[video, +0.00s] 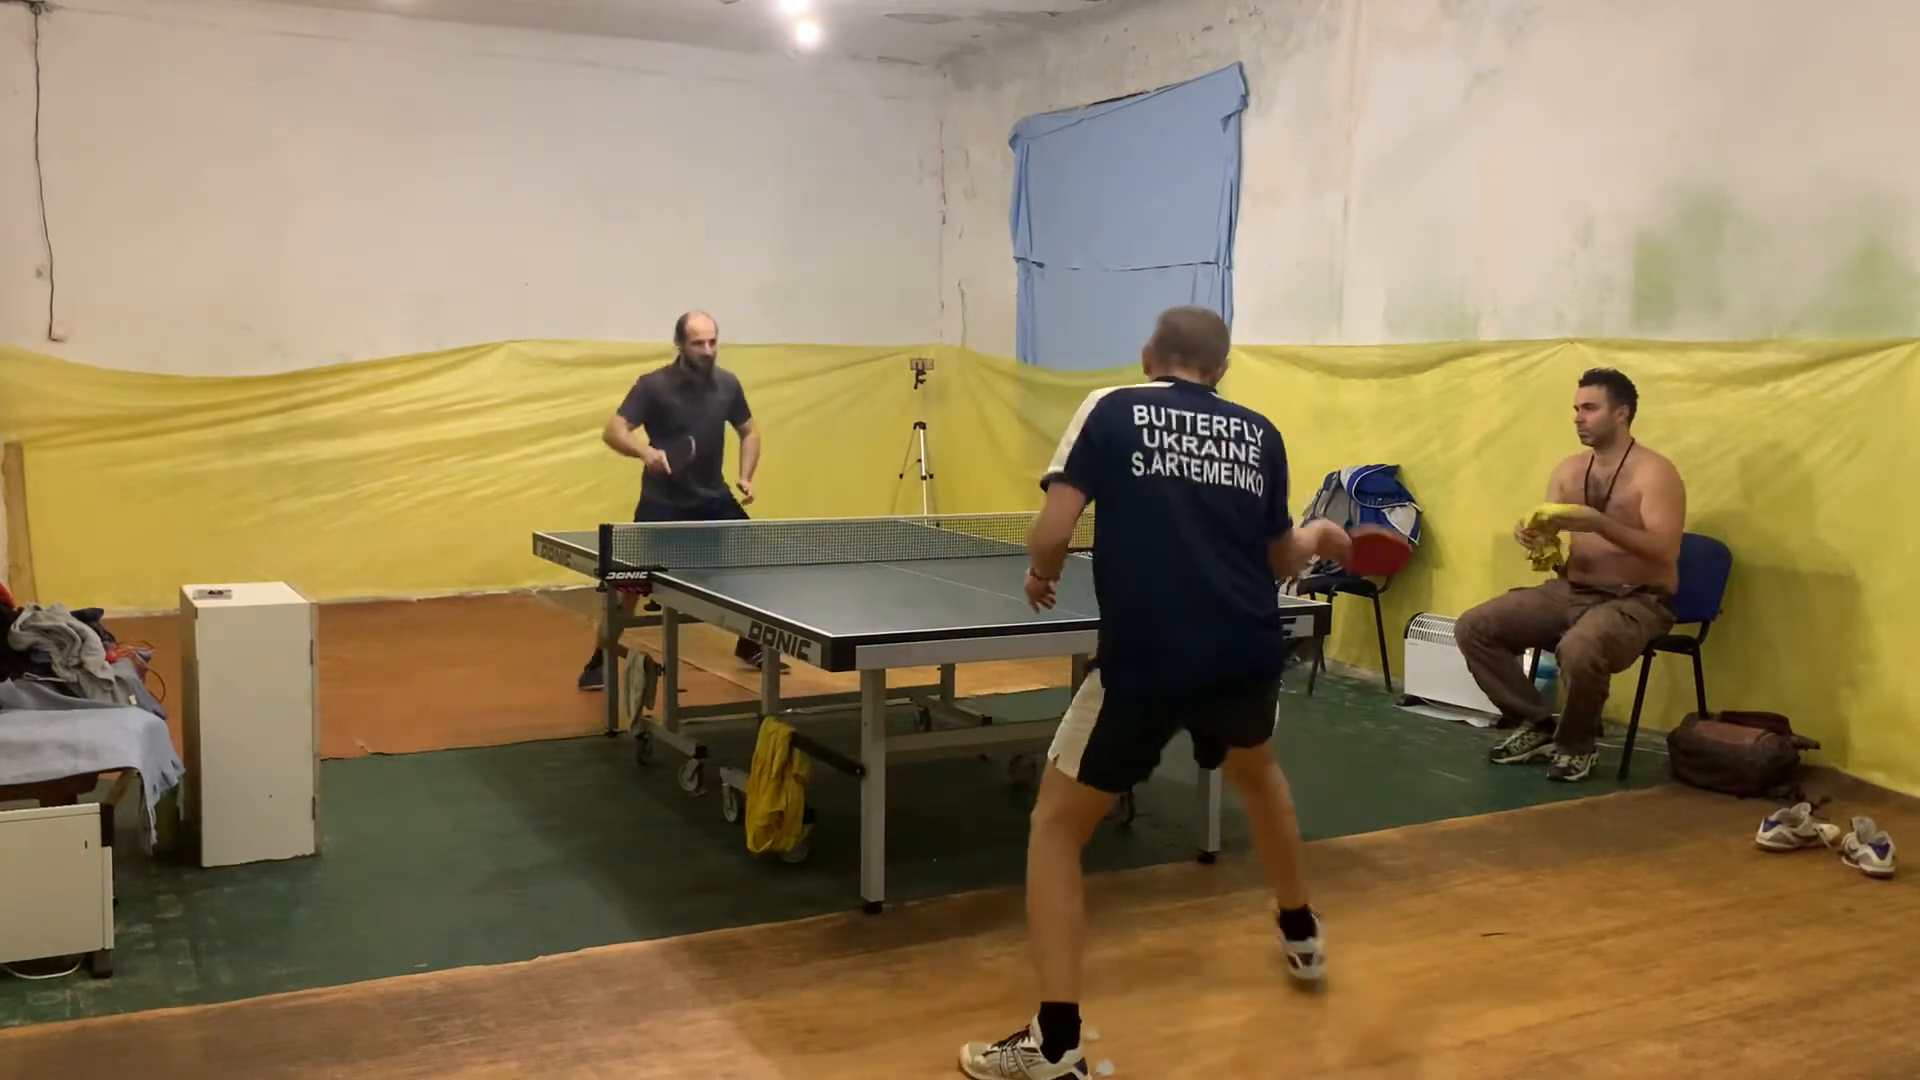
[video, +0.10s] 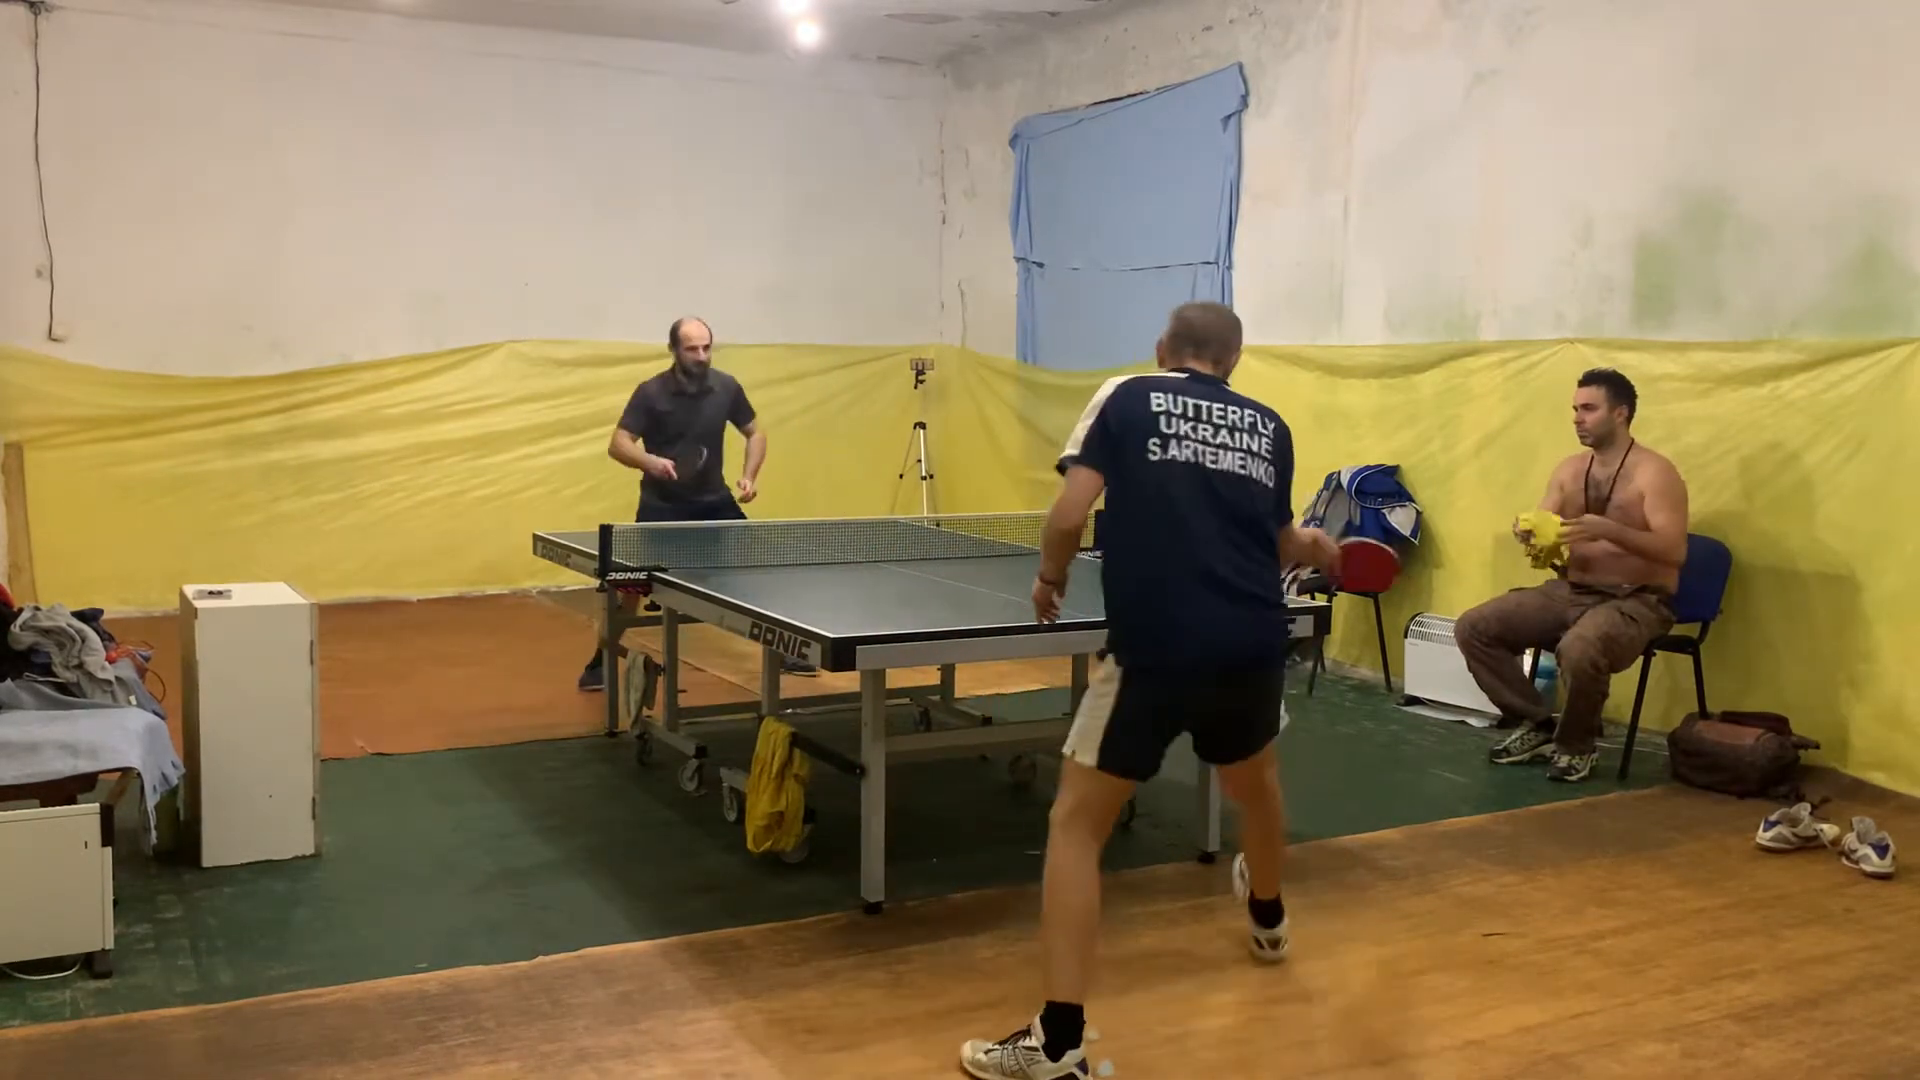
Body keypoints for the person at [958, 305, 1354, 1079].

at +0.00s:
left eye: (1146, 359)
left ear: (1148, 358)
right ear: (1221, 370)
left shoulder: (1110, 408)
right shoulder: (1262, 435)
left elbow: (1053, 531)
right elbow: (1281, 564)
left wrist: (1044, 572)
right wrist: (1313, 537)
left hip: (1141, 658)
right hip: (1245, 656)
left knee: (1057, 829)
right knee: (1256, 768)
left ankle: (1056, 1038)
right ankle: (1302, 935)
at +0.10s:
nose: (1163, 362)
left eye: (1163, 351)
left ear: (1162, 351)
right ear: (1234, 364)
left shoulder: (1123, 397)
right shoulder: (1271, 428)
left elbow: (1070, 513)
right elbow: (1278, 543)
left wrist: (1051, 578)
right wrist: (1311, 546)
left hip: (1151, 652)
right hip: (1250, 651)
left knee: (1077, 826)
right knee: (1255, 782)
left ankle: (1059, 1036)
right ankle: (1269, 921)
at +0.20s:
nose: (1167, 373)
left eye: (1169, 362)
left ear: (1176, 361)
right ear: (1242, 372)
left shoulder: (1154, 401)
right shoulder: (1276, 435)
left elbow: (1115, 509)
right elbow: (1261, 538)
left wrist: (1074, 581)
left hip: (1184, 645)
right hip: (1272, 643)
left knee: (1105, 818)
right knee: (1245, 764)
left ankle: (1064, 1033)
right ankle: (1264, 919)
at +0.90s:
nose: (1142, 338)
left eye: (1144, 327)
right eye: (1148, 327)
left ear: (1153, 327)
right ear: (1224, 334)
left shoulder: (1138, 378)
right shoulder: (1273, 404)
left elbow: (1108, 500)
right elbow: (1282, 520)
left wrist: (1058, 580)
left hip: (1179, 640)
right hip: (1278, 636)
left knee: (1087, 812)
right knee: (1280, 782)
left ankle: (1132, 1036)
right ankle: (1345, 957)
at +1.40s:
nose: (1102, 416)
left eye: (1102, 399)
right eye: (1101, 401)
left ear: (1123, 393)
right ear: (1178, 393)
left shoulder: (1174, 451)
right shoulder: (1215, 456)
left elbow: (1160, 608)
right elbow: (1248, 620)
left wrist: (1040, 623)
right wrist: (1167, 671)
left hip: (1247, 706)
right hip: (1312, 698)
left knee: (1065, 840)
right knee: (1279, 853)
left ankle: (1054, 1066)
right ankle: (1401, 1016)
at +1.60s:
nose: (1133, 360)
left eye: (1136, 344)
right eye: (1136, 344)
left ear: (1158, 344)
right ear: (1222, 352)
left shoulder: (1155, 438)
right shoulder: (1264, 438)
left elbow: (1062, 588)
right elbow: (1234, 404)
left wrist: (939, 609)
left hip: (1156, 714)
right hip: (1246, 704)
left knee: (1010, 870)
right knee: (1198, 835)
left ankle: (1069, 1071)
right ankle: (1324, 1009)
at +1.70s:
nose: (1134, 350)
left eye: (1137, 335)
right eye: (1137, 334)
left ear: (1155, 338)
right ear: (1220, 344)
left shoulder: (1140, 441)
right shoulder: (1274, 441)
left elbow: (1051, 581)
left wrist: (939, 611)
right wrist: (1327, 431)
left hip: (1146, 712)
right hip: (1242, 703)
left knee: (1015, 872)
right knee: (1200, 837)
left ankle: (1070, 1072)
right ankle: (1320, 1010)